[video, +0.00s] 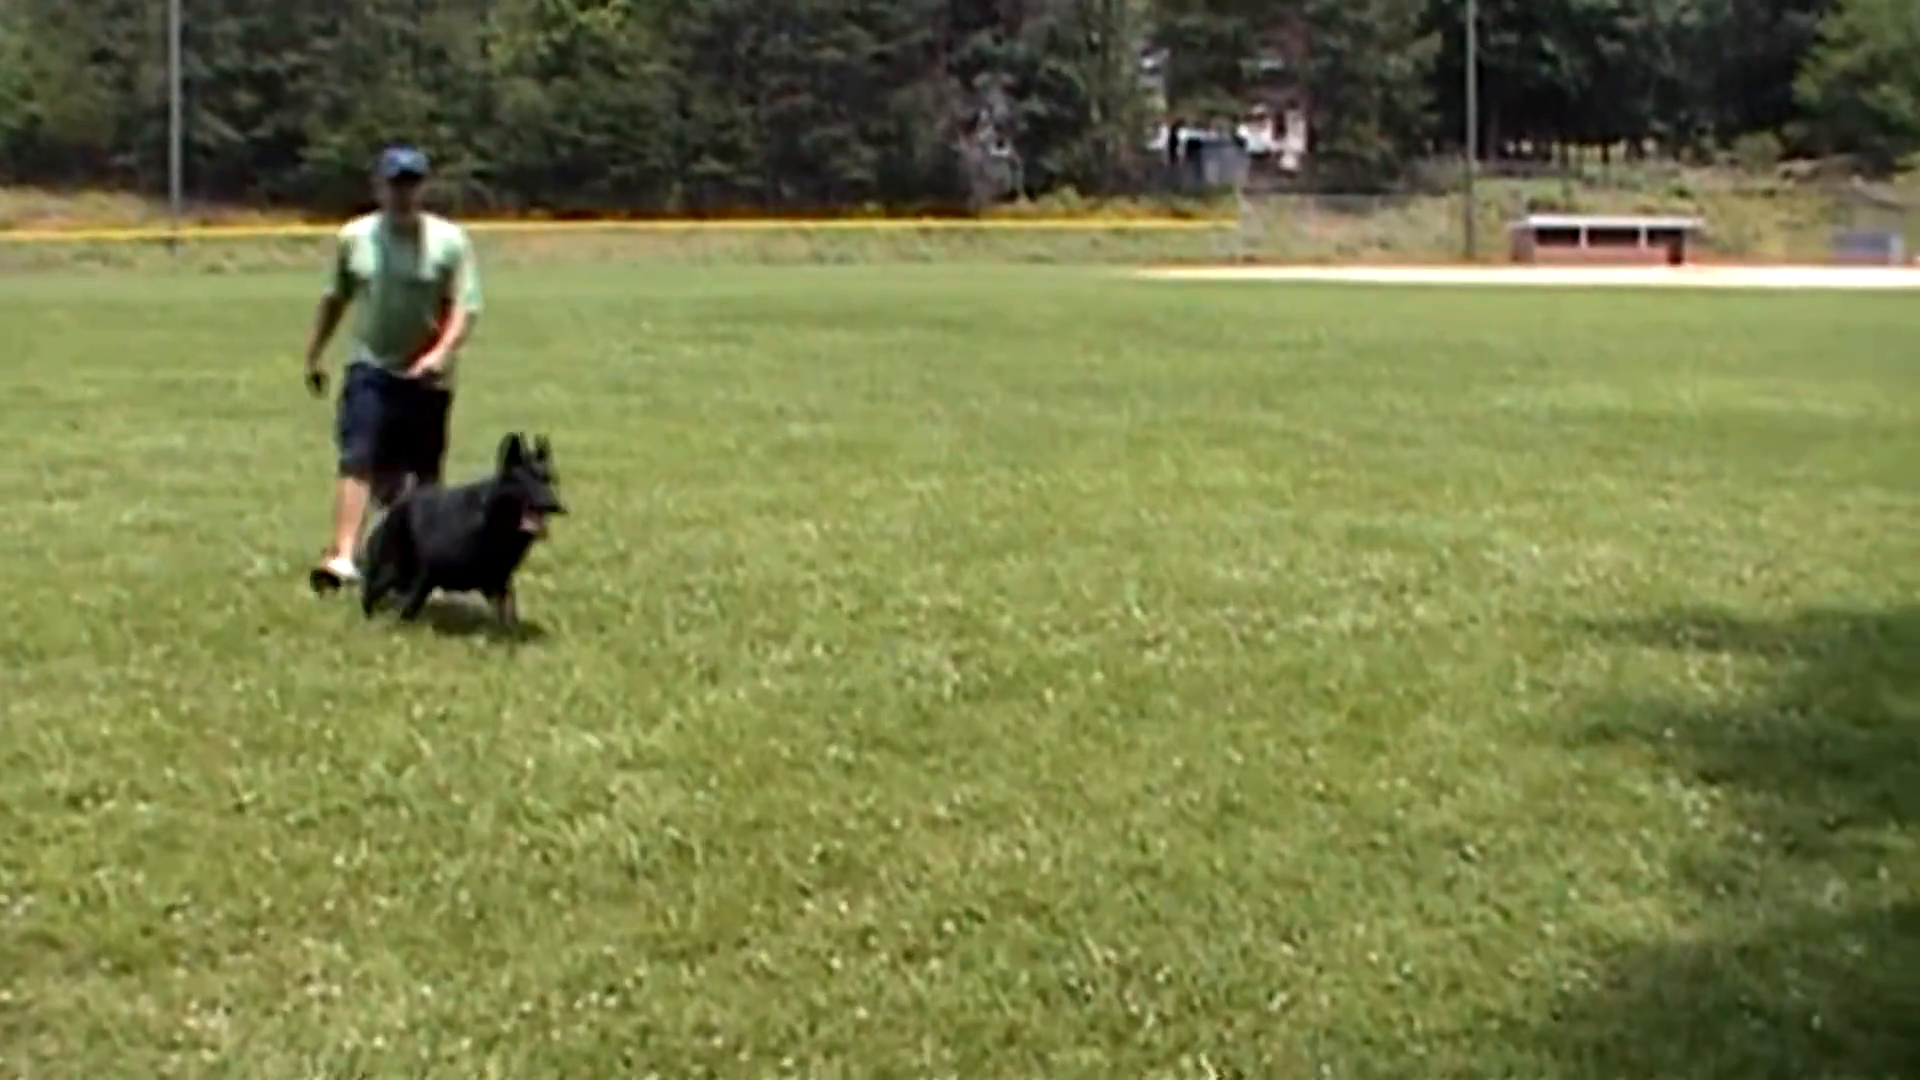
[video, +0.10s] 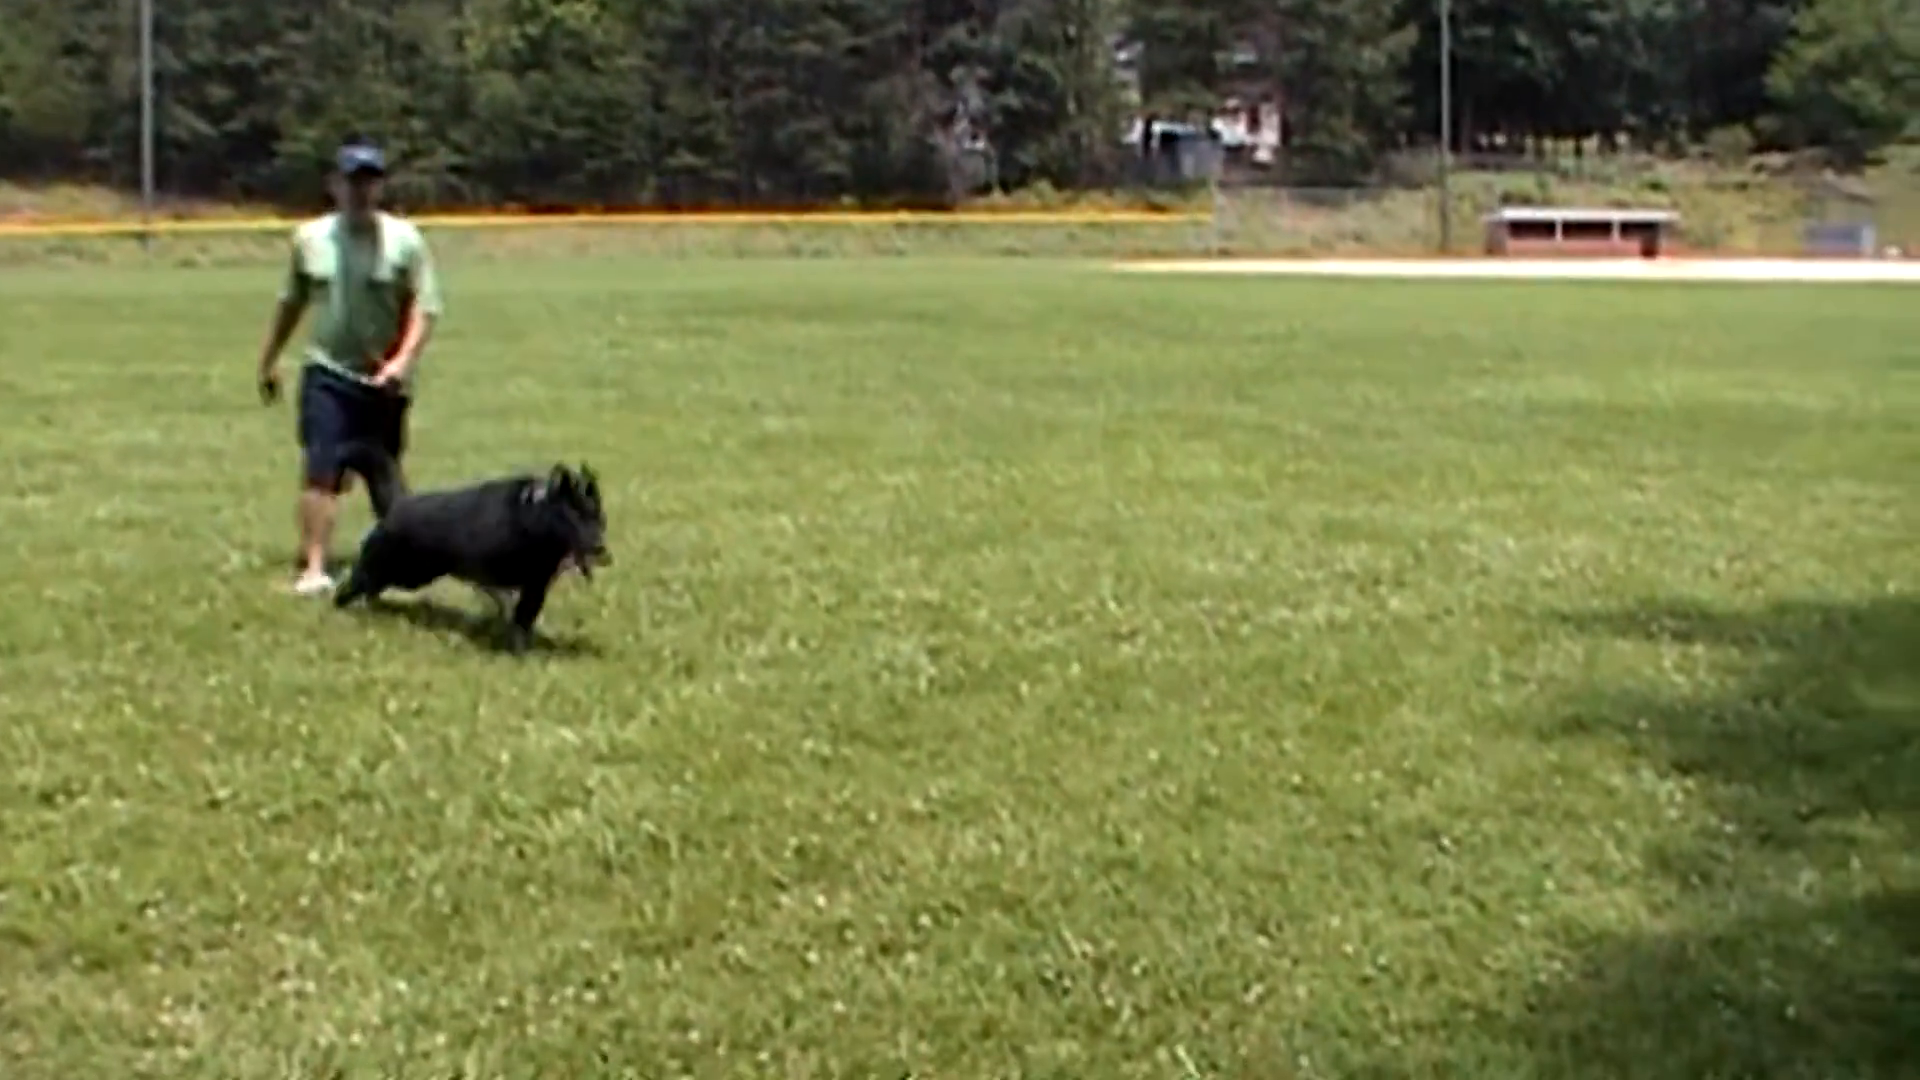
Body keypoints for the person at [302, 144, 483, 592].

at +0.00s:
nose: (402, 194)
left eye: (411, 184)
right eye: (394, 184)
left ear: (424, 188)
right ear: (378, 187)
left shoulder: (449, 241)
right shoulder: (357, 238)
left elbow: (464, 306)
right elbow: (337, 297)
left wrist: (439, 354)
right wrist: (314, 353)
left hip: (426, 372)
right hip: (371, 365)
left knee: (420, 477)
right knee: (357, 462)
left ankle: (411, 558)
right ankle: (344, 555)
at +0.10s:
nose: (360, 191)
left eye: (369, 181)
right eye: (351, 180)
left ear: (381, 186)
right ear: (334, 185)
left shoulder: (405, 240)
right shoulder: (311, 239)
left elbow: (422, 308)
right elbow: (293, 301)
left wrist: (401, 362)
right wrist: (269, 359)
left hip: (383, 375)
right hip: (329, 369)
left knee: (385, 474)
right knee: (322, 470)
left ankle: (399, 554)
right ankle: (313, 566)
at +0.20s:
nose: (328, 182)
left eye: (336, 172)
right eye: (319, 171)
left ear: (348, 177)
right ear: (301, 177)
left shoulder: (371, 233)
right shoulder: (276, 231)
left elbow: (387, 306)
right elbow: (259, 300)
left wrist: (378, 367)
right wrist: (235, 361)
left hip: (343, 371)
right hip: (288, 365)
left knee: (347, 471)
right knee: (284, 472)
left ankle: (359, 520)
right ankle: (291, 562)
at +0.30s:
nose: (303, 168)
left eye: (311, 157)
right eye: (293, 158)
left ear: (322, 163)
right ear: (272, 163)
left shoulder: (347, 220)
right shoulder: (247, 217)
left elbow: (364, 295)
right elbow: (224, 285)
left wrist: (365, 355)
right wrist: (201, 343)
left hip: (320, 355)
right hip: (260, 353)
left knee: (311, 456)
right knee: (260, 465)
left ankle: (316, 516)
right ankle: (269, 556)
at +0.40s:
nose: (257, 165)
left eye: (264, 154)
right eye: (247, 154)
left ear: (276, 159)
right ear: (227, 159)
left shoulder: (301, 219)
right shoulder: (190, 215)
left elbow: (325, 293)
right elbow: (160, 277)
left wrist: (329, 355)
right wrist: (146, 332)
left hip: (272, 347)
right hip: (210, 347)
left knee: (267, 451)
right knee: (218, 463)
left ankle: (264, 552)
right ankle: (227, 558)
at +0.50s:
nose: (180, 171)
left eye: (187, 160)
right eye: (170, 160)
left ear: (198, 166)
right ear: (149, 165)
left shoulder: (225, 225)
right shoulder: (112, 222)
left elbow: (249, 298)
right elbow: (75, 279)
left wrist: (255, 362)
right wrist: (65, 334)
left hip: (195, 355)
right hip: (132, 356)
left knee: (185, 465)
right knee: (145, 472)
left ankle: (183, 573)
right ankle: (153, 564)